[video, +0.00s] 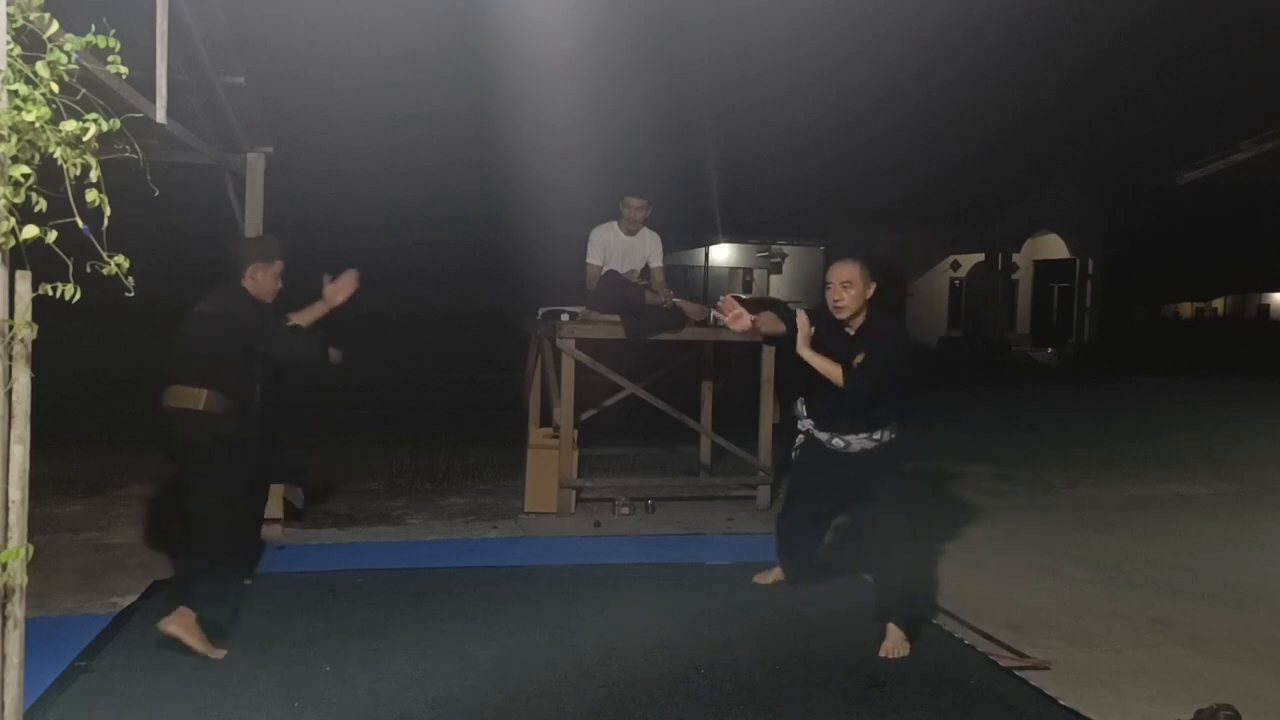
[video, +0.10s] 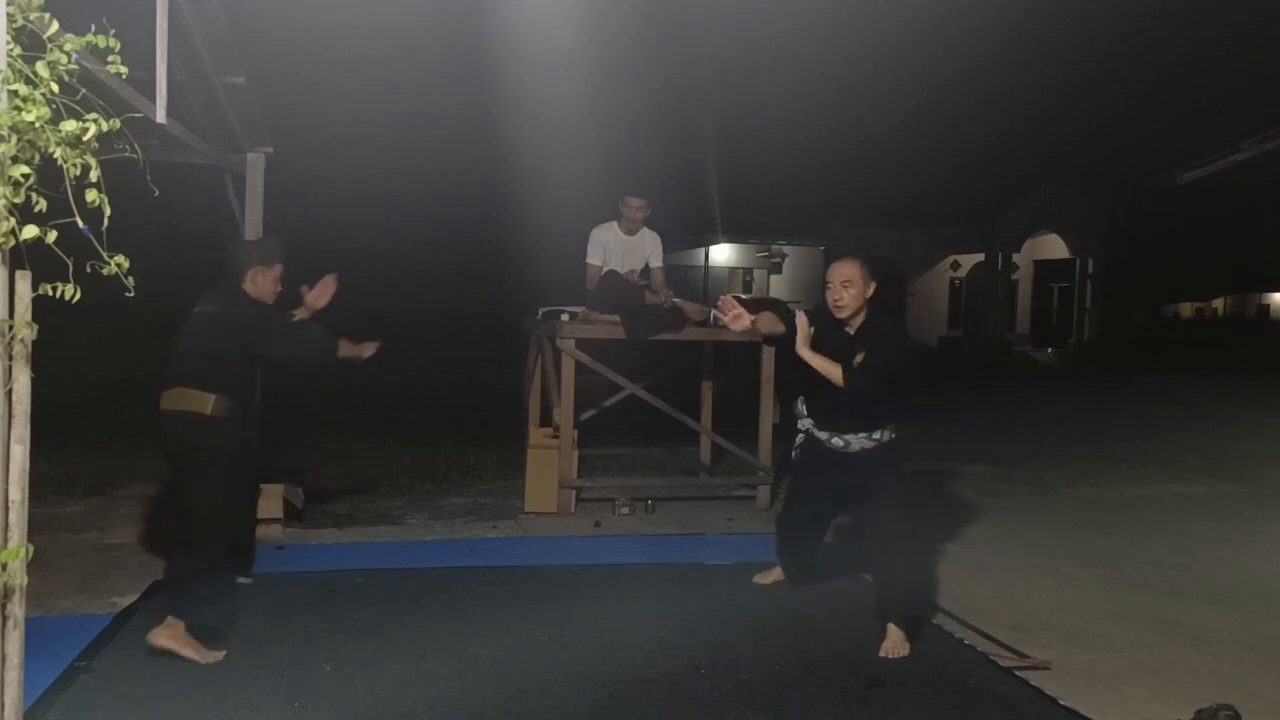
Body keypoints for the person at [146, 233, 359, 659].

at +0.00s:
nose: (280, 284)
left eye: (280, 275)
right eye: (277, 274)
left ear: (250, 273)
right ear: (255, 272)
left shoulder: (222, 303)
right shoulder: (238, 309)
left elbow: (278, 328)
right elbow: (290, 345)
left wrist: (326, 303)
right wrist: (330, 354)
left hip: (187, 420)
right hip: (208, 424)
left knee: (211, 510)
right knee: (222, 513)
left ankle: (188, 609)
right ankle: (186, 613)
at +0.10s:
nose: (279, 286)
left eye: (279, 277)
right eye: (276, 277)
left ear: (247, 276)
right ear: (253, 276)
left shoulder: (216, 305)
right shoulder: (239, 312)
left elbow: (265, 336)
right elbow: (286, 344)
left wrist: (305, 309)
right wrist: (347, 349)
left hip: (186, 427)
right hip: (208, 431)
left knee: (207, 517)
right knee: (211, 523)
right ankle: (175, 623)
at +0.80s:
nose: (284, 284)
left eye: (285, 276)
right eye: (281, 275)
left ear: (257, 271)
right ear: (258, 269)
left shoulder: (229, 295)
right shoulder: (244, 304)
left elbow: (295, 333)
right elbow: (289, 347)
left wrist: (349, 328)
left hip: (169, 407)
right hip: (195, 414)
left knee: (214, 487)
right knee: (224, 490)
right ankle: (214, 582)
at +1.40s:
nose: (293, 284)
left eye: (296, 276)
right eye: (286, 274)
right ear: (259, 269)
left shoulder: (258, 302)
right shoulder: (241, 302)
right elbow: (298, 333)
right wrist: (363, 328)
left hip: (229, 406)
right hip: (217, 410)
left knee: (245, 480)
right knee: (253, 486)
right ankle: (232, 573)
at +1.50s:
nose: (292, 285)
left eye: (296, 277)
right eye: (285, 275)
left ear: (299, 274)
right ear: (260, 270)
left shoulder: (275, 308)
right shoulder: (239, 299)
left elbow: (310, 353)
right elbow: (261, 326)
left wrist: (297, 345)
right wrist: (318, 327)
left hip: (245, 401)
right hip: (220, 403)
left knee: (257, 474)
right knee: (244, 481)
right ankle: (231, 572)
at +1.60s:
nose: (293, 286)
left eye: (299, 278)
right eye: (286, 276)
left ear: (304, 276)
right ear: (262, 272)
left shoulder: (302, 308)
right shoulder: (240, 301)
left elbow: (315, 353)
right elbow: (215, 316)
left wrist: (264, 332)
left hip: (277, 420)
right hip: (232, 416)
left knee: (267, 496)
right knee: (232, 490)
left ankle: (256, 571)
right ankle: (228, 569)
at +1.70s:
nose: (294, 287)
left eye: (300, 279)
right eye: (286, 278)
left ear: (305, 278)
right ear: (264, 274)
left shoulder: (302, 310)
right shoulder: (248, 298)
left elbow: (317, 355)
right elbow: (218, 312)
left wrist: (270, 334)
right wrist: (194, 319)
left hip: (265, 409)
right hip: (225, 405)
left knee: (259, 483)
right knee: (235, 484)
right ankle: (232, 575)